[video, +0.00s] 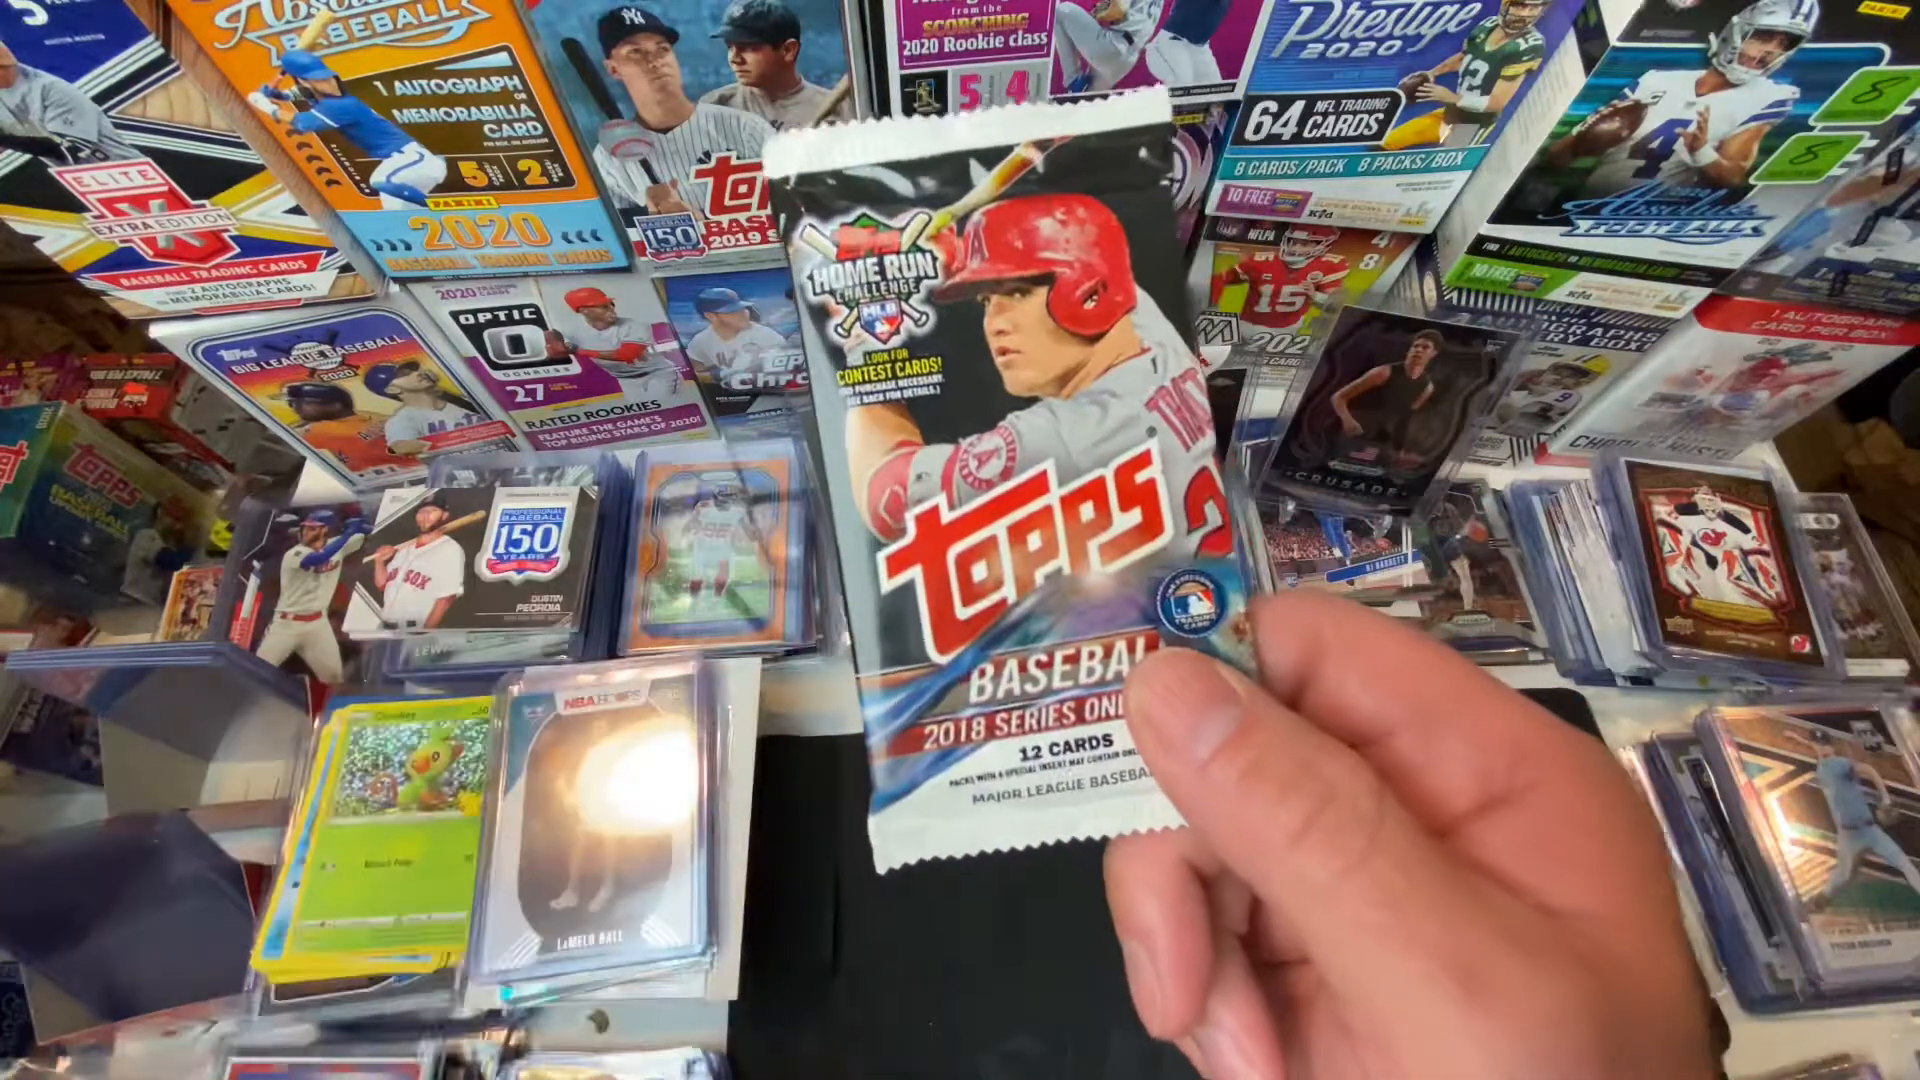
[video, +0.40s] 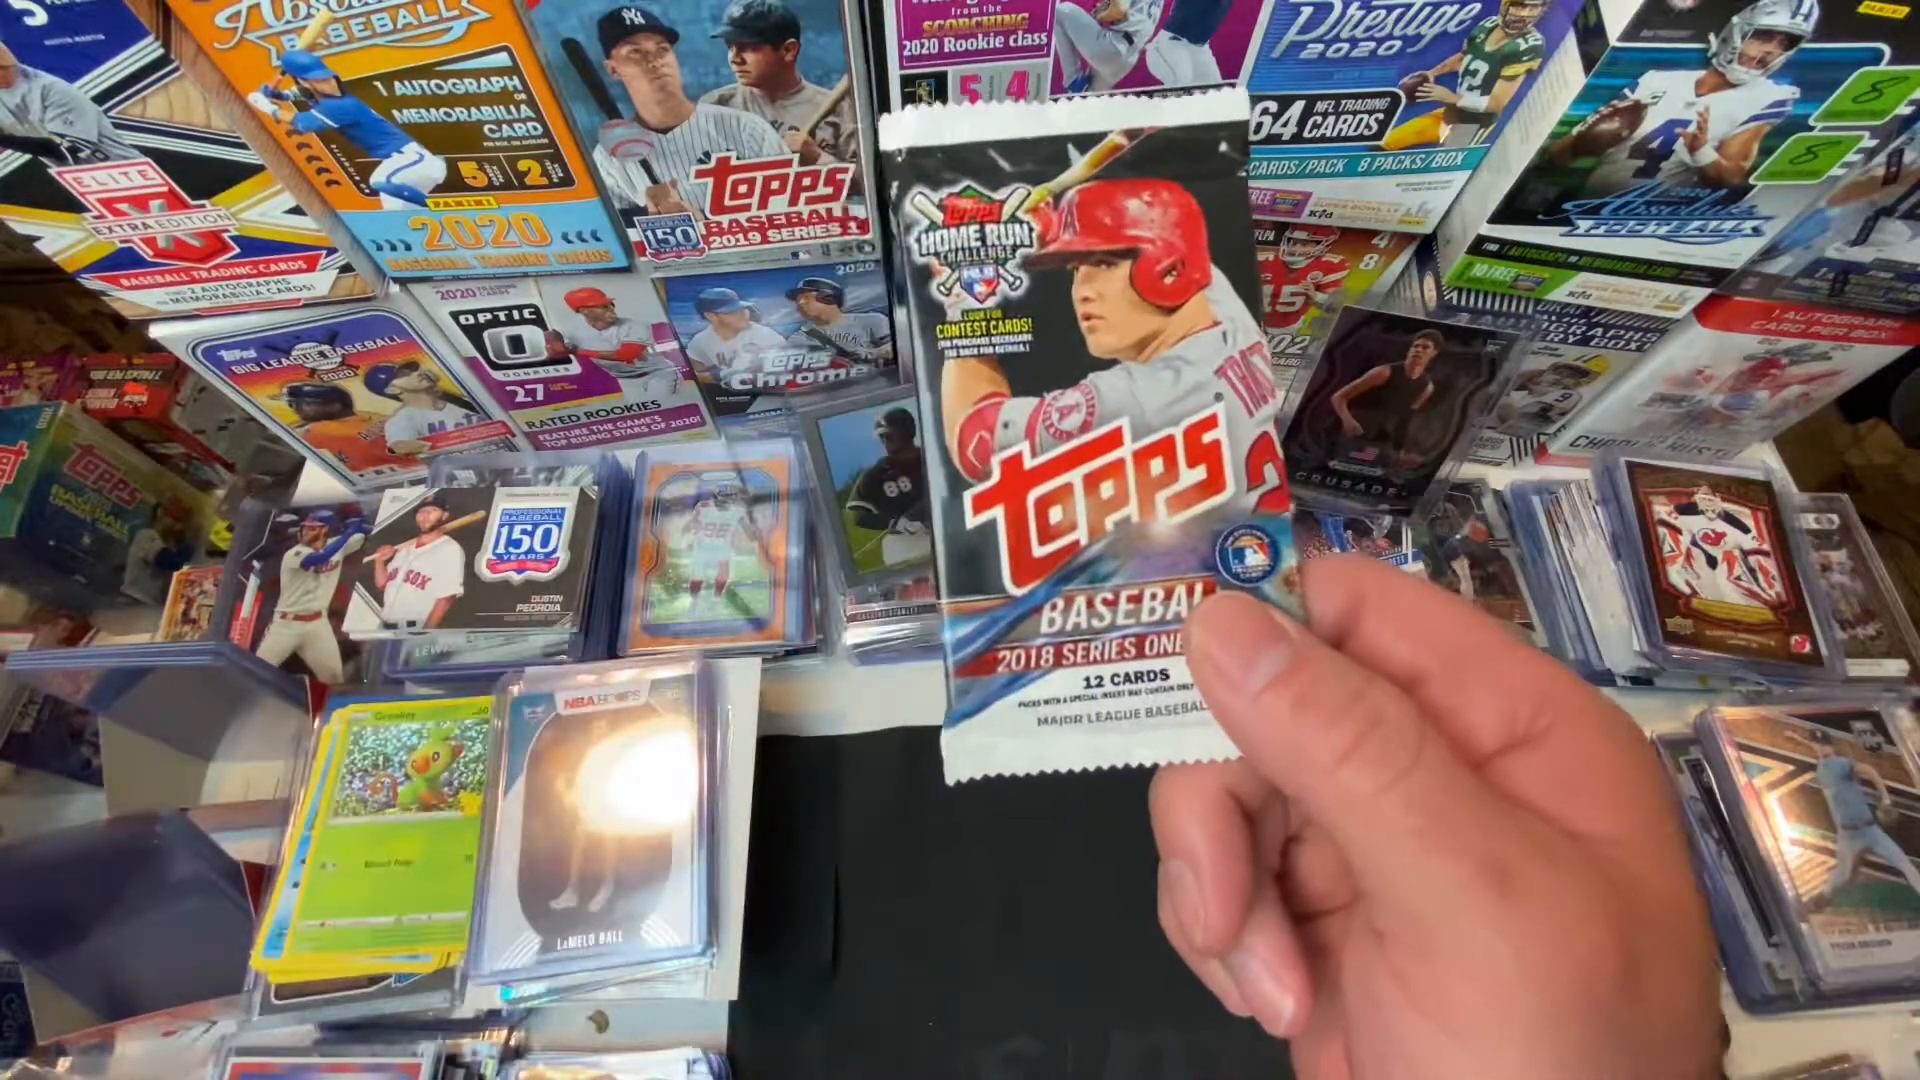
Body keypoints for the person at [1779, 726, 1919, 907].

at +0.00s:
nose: (1824, 753)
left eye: (1827, 748)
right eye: (1820, 750)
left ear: (1832, 747)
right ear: (1817, 752)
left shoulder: (1841, 764)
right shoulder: (1822, 768)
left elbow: (1869, 770)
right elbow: (1815, 748)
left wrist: (1885, 797)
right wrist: (1799, 738)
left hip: (1870, 828)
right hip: (1846, 834)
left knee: (1904, 863)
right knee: (1845, 874)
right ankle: (1824, 897)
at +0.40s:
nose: (1825, 755)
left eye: (1828, 749)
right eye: (1821, 751)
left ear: (1833, 748)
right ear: (1818, 754)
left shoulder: (1843, 765)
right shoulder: (1822, 769)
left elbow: (1869, 771)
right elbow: (1816, 748)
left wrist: (1885, 798)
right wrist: (1799, 738)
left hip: (1870, 829)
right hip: (1846, 835)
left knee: (1903, 863)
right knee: (1844, 875)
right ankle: (1823, 898)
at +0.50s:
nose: (1824, 749)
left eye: (1826, 744)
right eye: (1819, 745)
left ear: (1832, 745)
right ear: (1814, 748)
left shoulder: (1840, 764)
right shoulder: (1823, 768)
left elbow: (1870, 771)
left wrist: (1885, 797)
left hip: (1870, 828)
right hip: (1847, 834)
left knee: (1902, 862)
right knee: (1842, 875)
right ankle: (1818, 900)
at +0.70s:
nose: (1824, 749)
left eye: (1826, 743)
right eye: (1819, 745)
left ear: (1831, 744)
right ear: (1813, 747)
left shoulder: (1840, 764)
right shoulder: (1822, 768)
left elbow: (1870, 771)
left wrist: (1885, 797)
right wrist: (1797, 738)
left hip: (1870, 828)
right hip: (1847, 833)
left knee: (1903, 863)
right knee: (1843, 875)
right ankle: (1820, 899)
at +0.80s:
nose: (1823, 749)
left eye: (1826, 744)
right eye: (1819, 745)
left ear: (1831, 745)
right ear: (1814, 748)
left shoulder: (1841, 764)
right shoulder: (1822, 768)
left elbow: (1869, 771)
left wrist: (1885, 796)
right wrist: (1798, 739)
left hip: (1869, 828)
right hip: (1846, 833)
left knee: (1901, 860)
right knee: (1843, 874)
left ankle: (1919, 888)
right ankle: (1820, 899)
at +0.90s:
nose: (1823, 750)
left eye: (1826, 744)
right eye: (1819, 746)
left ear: (1831, 745)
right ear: (1814, 748)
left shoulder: (1841, 764)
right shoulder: (1823, 768)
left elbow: (1870, 771)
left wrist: (1885, 796)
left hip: (1869, 827)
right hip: (1846, 833)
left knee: (1902, 861)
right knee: (1843, 874)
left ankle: (1918, 889)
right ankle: (1820, 899)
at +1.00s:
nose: (1823, 750)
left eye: (1826, 744)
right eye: (1819, 746)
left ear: (1831, 745)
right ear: (1814, 748)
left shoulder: (1841, 764)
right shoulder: (1823, 768)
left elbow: (1870, 771)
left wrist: (1885, 796)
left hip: (1869, 827)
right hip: (1846, 833)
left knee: (1901, 859)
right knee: (1843, 874)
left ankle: (1918, 888)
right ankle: (1820, 899)